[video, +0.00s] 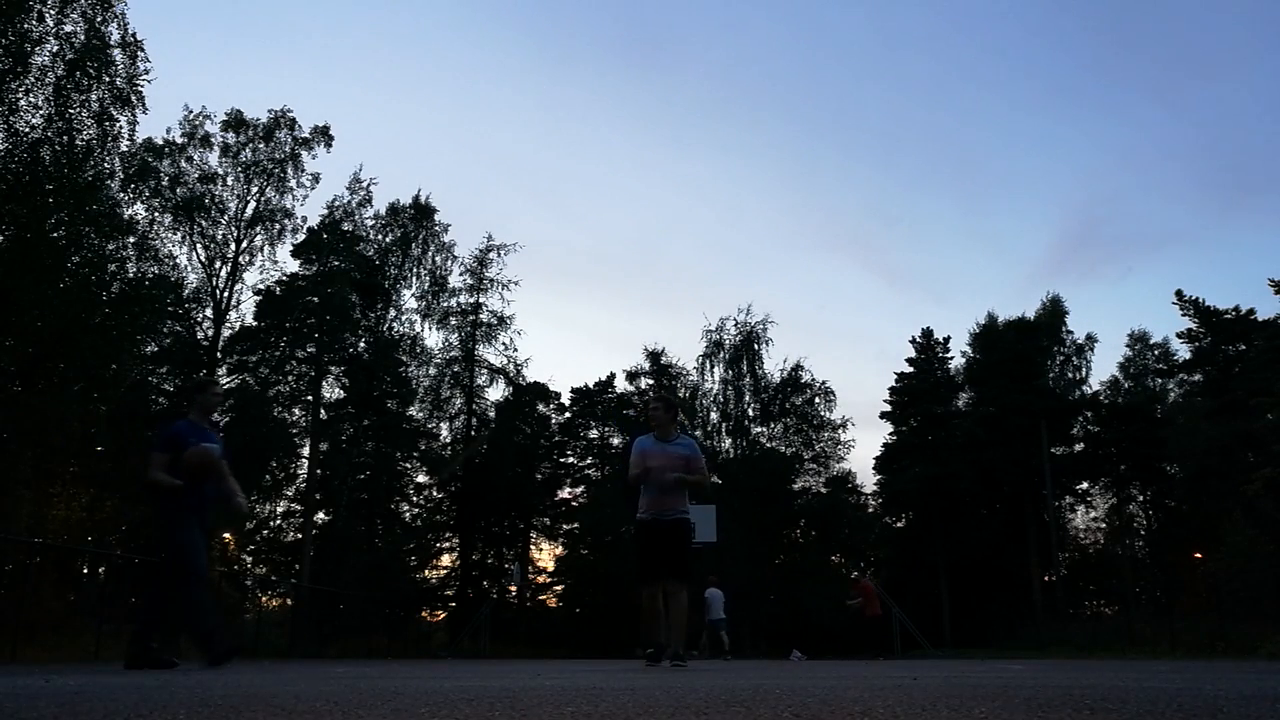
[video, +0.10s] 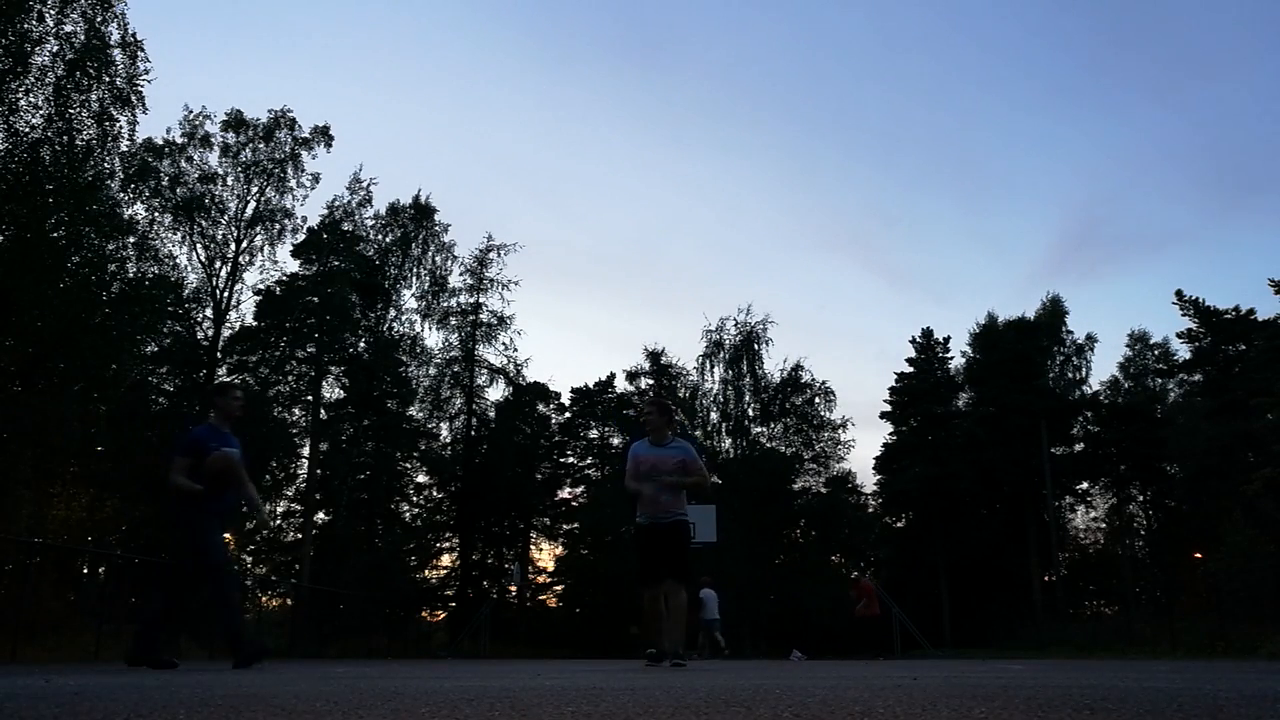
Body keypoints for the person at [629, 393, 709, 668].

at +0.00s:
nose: (651, 414)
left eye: (656, 410)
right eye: (650, 410)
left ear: (671, 414)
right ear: (651, 415)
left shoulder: (689, 445)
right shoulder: (641, 444)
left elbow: (704, 480)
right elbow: (632, 478)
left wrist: (678, 477)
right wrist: (646, 472)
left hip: (677, 521)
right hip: (647, 521)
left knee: (677, 585)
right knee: (650, 585)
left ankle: (677, 649)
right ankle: (655, 646)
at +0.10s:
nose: (645, 419)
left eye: (650, 415)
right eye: (644, 415)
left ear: (666, 418)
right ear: (645, 420)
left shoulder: (684, 448)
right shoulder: (637, 449)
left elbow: (703, 480)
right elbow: (629, 483)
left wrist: (673, 480)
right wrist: (650, 490)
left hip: (675, 523)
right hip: (646, 524)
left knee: (676, 586)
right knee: (651, 587)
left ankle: (677, 650)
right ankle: (656, 647)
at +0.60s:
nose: (632, 428)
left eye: (636, 423)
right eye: (630, 424)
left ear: (650, 425)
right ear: (631, 428)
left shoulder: (669, 450)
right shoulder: (630, 461)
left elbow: (691, 478)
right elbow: (623, 494)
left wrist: (658, 479)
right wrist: (617, 520)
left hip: (677, 525)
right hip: (648, 528)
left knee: (689, 585)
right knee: (657, 590)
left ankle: (708, 646)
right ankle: (663, 651)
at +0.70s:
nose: (635, 428)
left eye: (639, 423)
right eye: (633, 424)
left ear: (652, 425)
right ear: (632, 428)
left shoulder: (671, 449)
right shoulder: (631, 460)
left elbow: (692, 478)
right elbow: (621, 493)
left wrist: (660, 476)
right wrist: (623, 515)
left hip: (678, 525)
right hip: (648, 528)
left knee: (691, 585)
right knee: (657, 590)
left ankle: (713, 643)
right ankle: (663, 651)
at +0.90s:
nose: (648, 427)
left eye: (653, 422)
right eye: (645, 423)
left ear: (662, 426)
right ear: (640, 428)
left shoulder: (678, 451)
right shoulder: (635, 461)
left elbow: (695, 481)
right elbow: (620, 495)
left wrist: (672, 477)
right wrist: (631, 519)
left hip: (682, 527)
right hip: (652, 529)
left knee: (693, 586)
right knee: (658, 590)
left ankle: (706, 644)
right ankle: (663, 650)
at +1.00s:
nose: (655, 427)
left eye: (659, 423)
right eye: (651, 423)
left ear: (668, 427)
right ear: (646, 428)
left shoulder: (683, 454)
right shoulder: (638, 460)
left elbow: (696, 485)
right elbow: (630, 495)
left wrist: (681, 484)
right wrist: (634, 520)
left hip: (683, 527)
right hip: (653, 529)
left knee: (694, 587)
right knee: (658, 589)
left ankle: (701, 645)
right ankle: (662, 649)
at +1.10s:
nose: (662, 428)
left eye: (666, 424)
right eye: (659, 424)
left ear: (674, 428)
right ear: (653, 428)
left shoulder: (688, 455)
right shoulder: (644, 460)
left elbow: (701, 488)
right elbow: (636, 492)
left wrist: (688, 486)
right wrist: (640, 507)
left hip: (685, 529)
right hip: (656, 529)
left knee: (693, 589)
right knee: (659, 591)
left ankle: (699, 648)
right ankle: (663, 650)